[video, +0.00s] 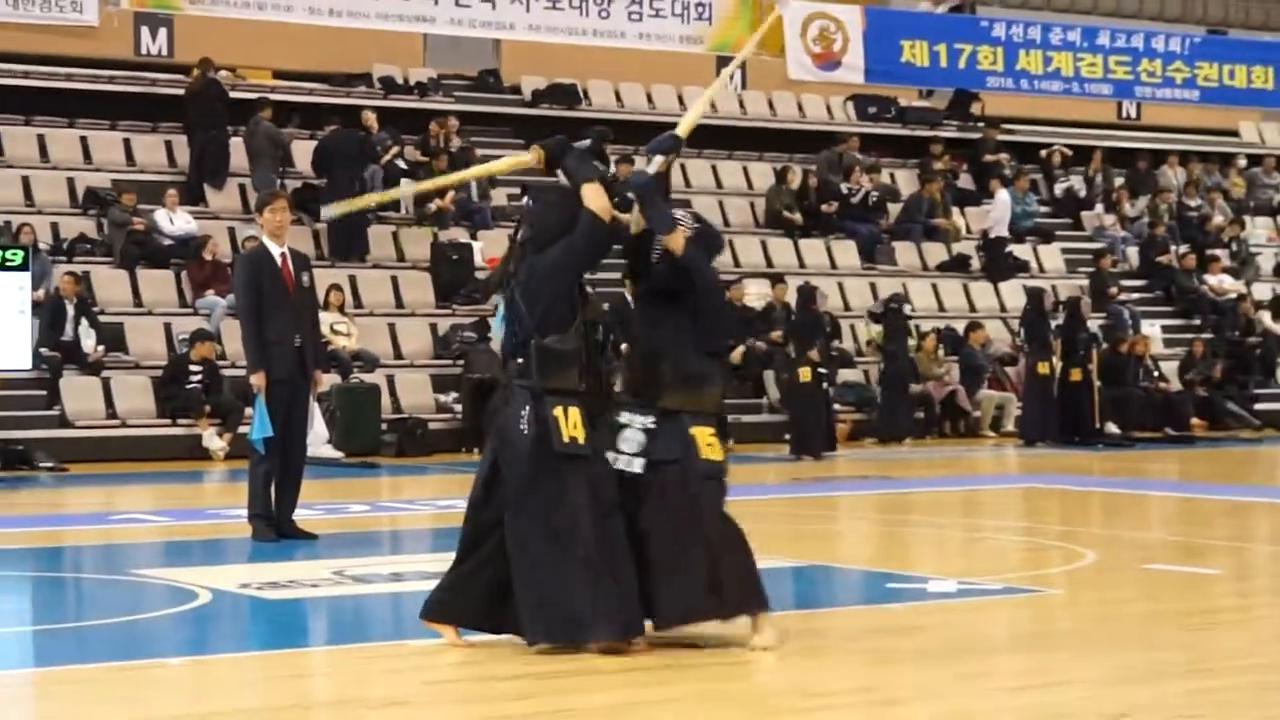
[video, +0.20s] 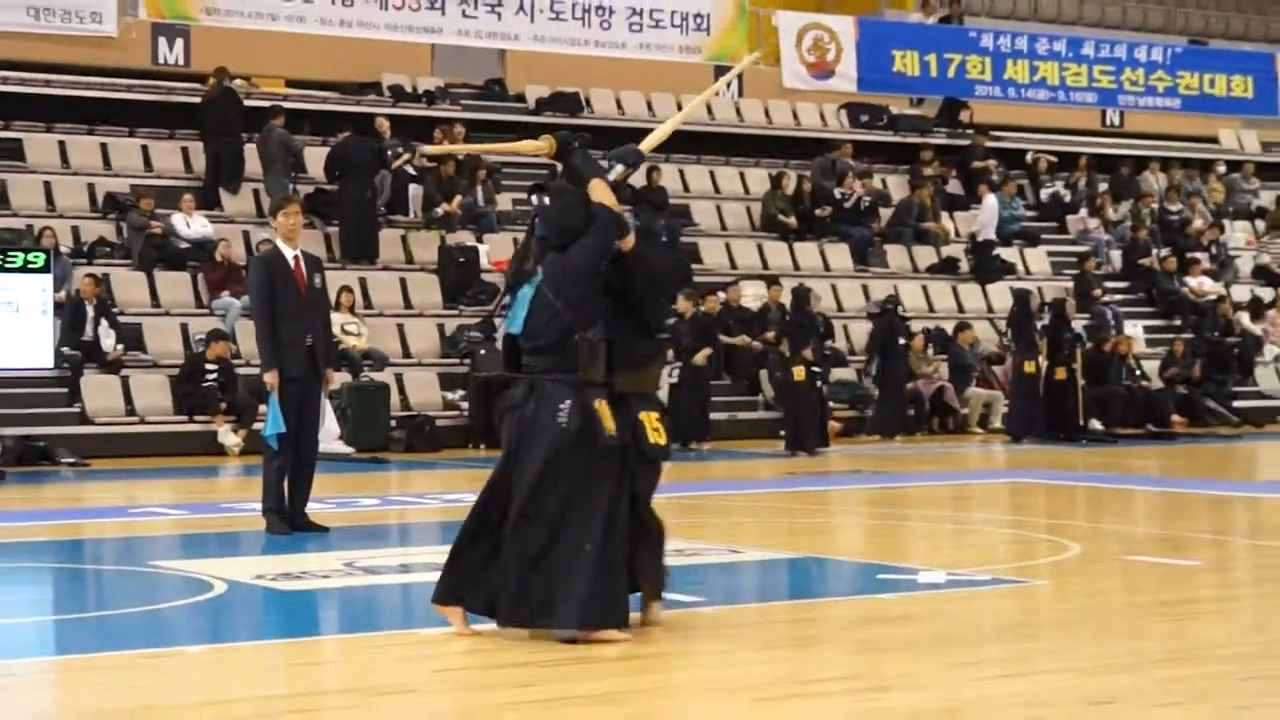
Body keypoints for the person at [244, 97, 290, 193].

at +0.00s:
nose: (271, 113)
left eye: (271, 110)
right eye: (270, 110)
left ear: (258, 110)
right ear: (264, 110)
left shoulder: (249, 128)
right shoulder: (267, 127)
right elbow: (283, 141)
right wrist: (291, 134)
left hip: (256, 173)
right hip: (269, 173)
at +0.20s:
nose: (284, 121)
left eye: (284, 118)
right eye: (283, 118)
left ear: (271, 117)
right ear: (278, 117)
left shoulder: (261, 136)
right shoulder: (281, 134)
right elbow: (295, 149)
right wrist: (301, 144)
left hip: (268, 180)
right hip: (282, 179)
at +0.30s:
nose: (295, 129)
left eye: (295, 126)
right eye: (294, 126)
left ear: (282, 126)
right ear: (289, 126)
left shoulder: (273, 144)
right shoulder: (293, 142)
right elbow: (306, 157)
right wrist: (311, 152)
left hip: (279, 184)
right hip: (292, 184)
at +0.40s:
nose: (301, 135)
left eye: (301, 132)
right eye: (300, 132)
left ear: (289, 131)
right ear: (296, 131)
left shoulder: (279, 150)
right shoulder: (299, 147)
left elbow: (282, 172)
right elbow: (313, 162)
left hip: (286, 191)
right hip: (299, 191)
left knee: (293, 221)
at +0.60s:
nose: (303, 137)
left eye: (303, 134)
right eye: (302, 134)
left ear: (291, 133)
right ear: (298, 134)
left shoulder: (282, 150)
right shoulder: (301, 149)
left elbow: (281, 171)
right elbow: (314, 167)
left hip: (287, 190)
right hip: (300, 190)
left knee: (294, 220)